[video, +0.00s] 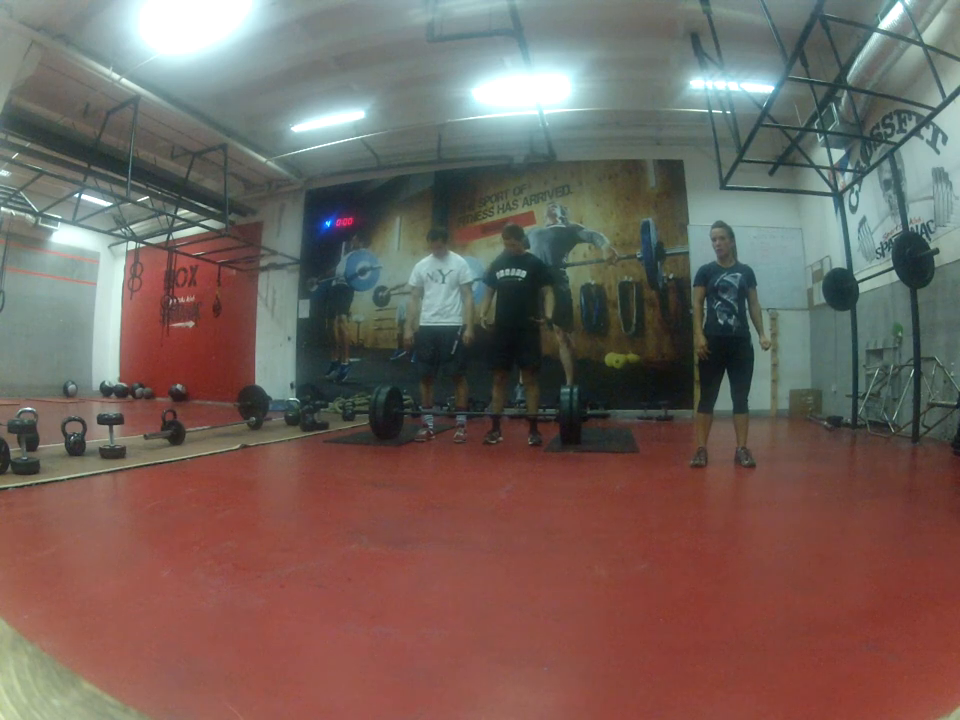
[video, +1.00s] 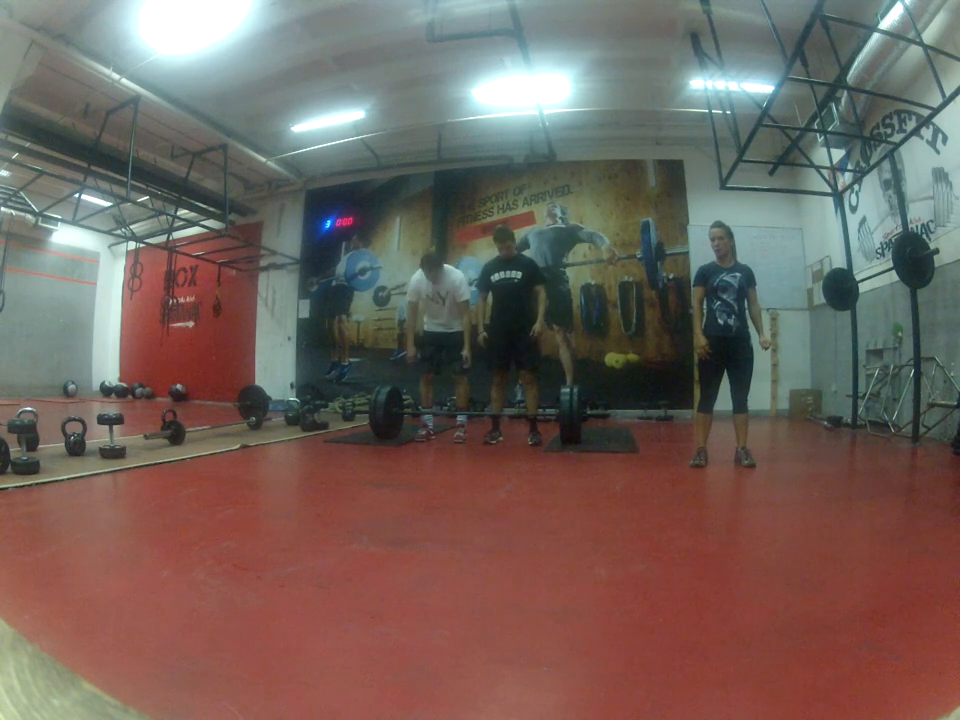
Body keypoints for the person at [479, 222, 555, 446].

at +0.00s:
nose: (506, 246)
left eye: (510, 242)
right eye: (505, 242)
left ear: (520, 240)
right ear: (503, 241)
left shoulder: (535, 263)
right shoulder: (498, 262)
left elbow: (548, 291)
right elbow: (489, 292)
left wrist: (548, 316)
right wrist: (483, 314)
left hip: (528, 327)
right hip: (503, 327)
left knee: (530, 378)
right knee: (499, 377)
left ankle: (533, 429)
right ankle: (495, 428)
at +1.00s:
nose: (505, 250)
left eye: (508, 246)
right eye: (501, 247)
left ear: (514, 243)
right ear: (495, 246)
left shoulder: (528, 264)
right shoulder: (489, 267)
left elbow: (541, 292)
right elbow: (482, 299)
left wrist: (540, 321)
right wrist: (481, 327)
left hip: (525, 329)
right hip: (499, 329)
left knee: (528, 378)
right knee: (499, 378)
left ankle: (533, 428)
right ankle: (495, 428)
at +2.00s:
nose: (507, 263)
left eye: (510, 259)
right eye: (503, 259)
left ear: (517, 254)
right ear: (497, 256)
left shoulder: (530, 272)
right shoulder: (492, 272)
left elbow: (542, 304)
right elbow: (482, 306)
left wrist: (542, 337)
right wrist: (482, 341)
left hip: (527, 333)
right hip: (502, 334)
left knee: (530, 378)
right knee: (500, 379)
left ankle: (533, 429)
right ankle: (495, 428)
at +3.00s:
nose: (506, 300)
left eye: (508, 296)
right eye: (502, 296)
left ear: (515, 291)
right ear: (496, 292)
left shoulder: (530, 299)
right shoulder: (489, 300)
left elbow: (540, 330)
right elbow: (480, 332)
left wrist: (541, 367)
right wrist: (480, 369)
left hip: (526, 341)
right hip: (501, 341)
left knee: (530, 378)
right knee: (498, 378)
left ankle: (534, 429)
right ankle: (495, 428)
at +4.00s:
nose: (510, 249)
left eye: (513, 245)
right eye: (506, 245)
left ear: (520, 244)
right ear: (500, 244)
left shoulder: (531, 270)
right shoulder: (491, 271)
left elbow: (538, 304)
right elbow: (482, 305)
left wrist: (543, 335)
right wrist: (477, 336)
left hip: (526, 332)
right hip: (500, 331)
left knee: (529, 377)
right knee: (497, 377)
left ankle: (534, 428)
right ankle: (495, 428)